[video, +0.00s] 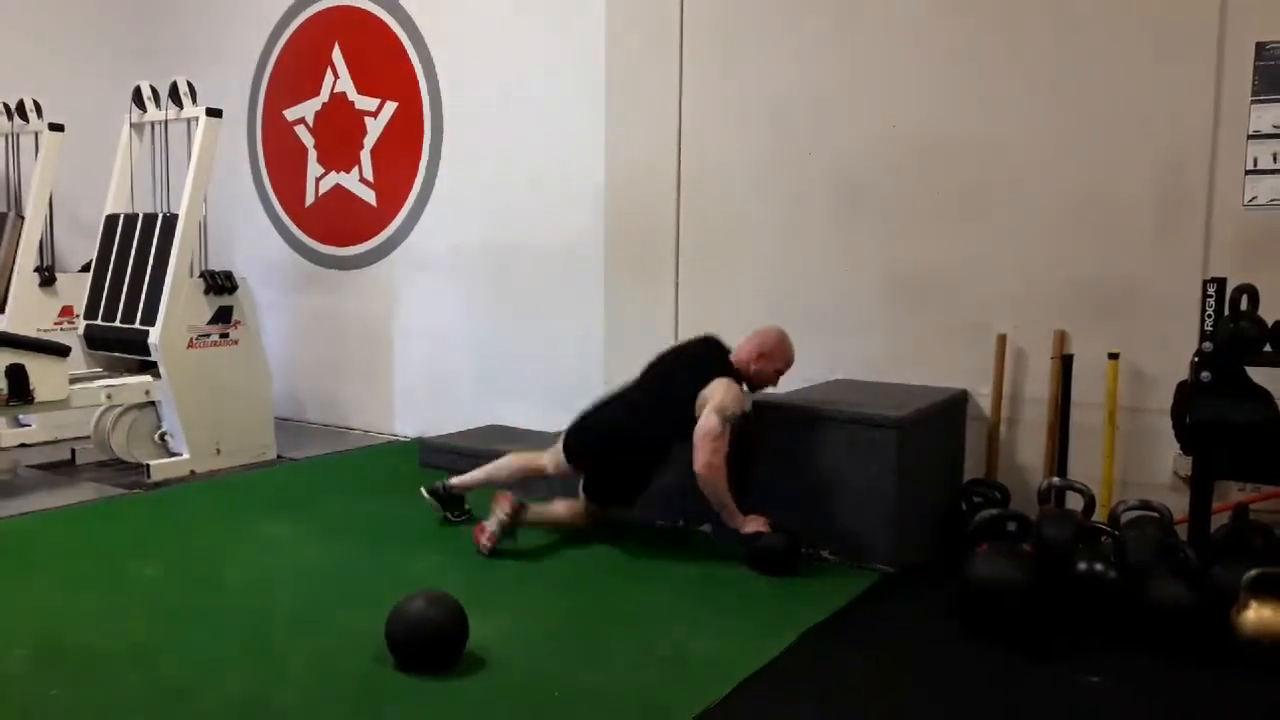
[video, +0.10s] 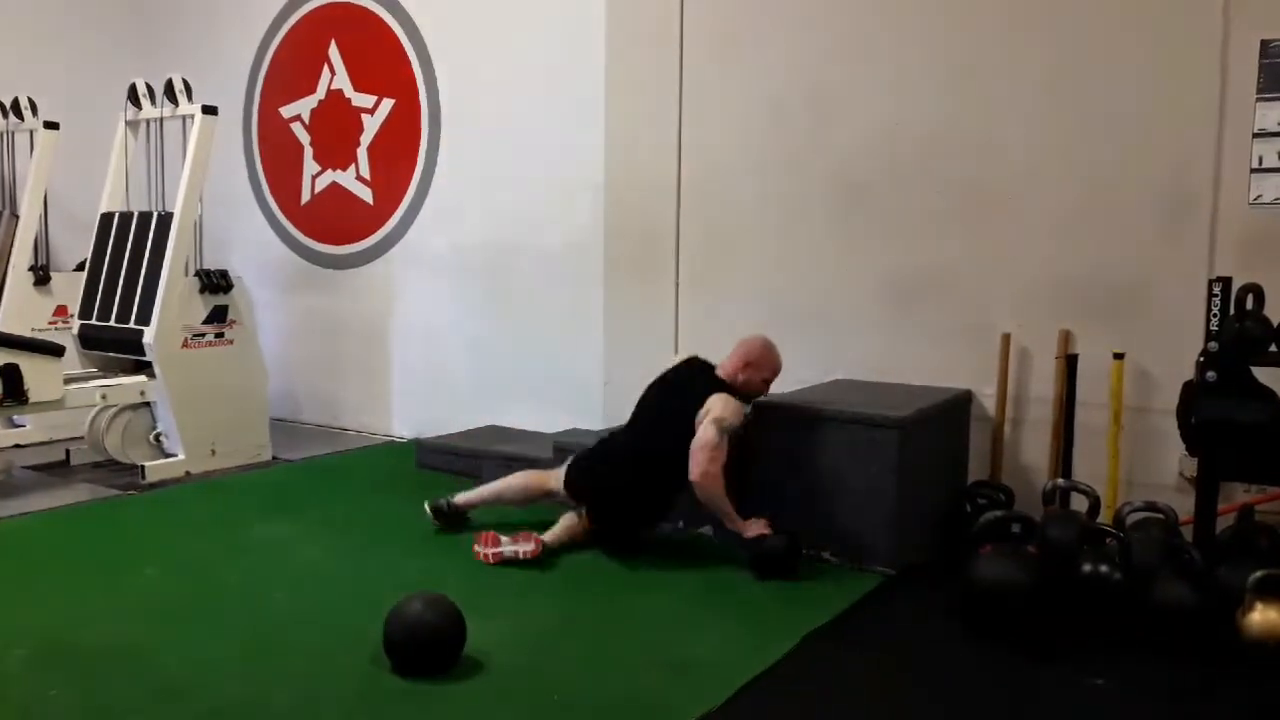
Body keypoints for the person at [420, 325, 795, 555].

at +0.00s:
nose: (777, 381)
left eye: (781, 373)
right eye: (778, 373)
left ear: (747, 346)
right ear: (757, 360)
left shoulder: (702, 347)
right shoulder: (724, 394)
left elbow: (654, 383)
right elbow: (707, 465)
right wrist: (736, 520)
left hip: (597, 422)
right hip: (625, 457)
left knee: (545, 463)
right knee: (589, 514)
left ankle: (454, 486)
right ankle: (518, 512)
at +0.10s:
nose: (766, 390)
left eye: (769, 382)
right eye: (767, 382)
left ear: (733, 358)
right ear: (749, 373)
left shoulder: (686, 367)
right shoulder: (725, 406)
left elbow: (647, 414)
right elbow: (703, 474)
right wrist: (736, 522)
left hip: (601, 463)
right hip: (635, 496)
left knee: (548, 483)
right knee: (587, 521)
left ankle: (457, 502)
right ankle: (541, 542)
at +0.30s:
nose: (715, 388)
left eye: (716, 382)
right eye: (716, 382)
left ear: (673, 369)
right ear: (704, 379)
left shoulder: (638, 390)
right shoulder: (698, 416)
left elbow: (662, 413)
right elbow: (721, 476)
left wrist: (709, 414)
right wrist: (759, 525)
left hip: (578, 517)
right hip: (628, 543)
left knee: (560, 474)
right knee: (619, 496)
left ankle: (460, 516)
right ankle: (537, 542)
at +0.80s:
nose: (727, 399)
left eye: (726, 396)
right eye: (728, 394)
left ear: (688, 381)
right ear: (720, 397)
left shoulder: (647, 396)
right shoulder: (697, 445)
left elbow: (674, 414)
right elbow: (682, 526)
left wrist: (716, 416)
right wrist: (740, 551)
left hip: (579, 524)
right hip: (622, 553)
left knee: (542, 458)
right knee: (616, 493)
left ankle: (449, 509)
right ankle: (540, 538)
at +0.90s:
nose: (748, 427)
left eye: (746, 417)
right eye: (749, 421)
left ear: (709, 398)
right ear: (741, 424)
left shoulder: (662, 398)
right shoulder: (709, 474)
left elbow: (691, 404)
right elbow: (682, 554)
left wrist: (720, 408)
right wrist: (738, 550)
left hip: (575, 517)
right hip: (616, 558)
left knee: (537, 454)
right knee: (623, 503)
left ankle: (445, 508)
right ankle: (539, 539)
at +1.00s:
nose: (761, 446)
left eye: (757, 431)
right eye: (772, 449)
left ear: (743, 429)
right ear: (769, 463)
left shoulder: (695, 421)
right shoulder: (739, 514)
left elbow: (678, 393)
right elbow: (702, 557)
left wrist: (723, 410)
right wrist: (732, 544)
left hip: (590, 518)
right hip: (629, 563)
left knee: (535, 448)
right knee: (618, 493)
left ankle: (440, 500)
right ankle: (537, 537)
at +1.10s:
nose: (789, 490)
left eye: (793, 487)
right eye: (797, 493)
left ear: (780, 490)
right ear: (794, 526)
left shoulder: (734, 472)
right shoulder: (750, 552)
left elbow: (702, 418)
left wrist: (725, 424)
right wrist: (733, 444)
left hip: (605, 523)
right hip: (619, 564)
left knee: (531, 442)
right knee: (606, 492)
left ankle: (429, 497)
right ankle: (513, 536)